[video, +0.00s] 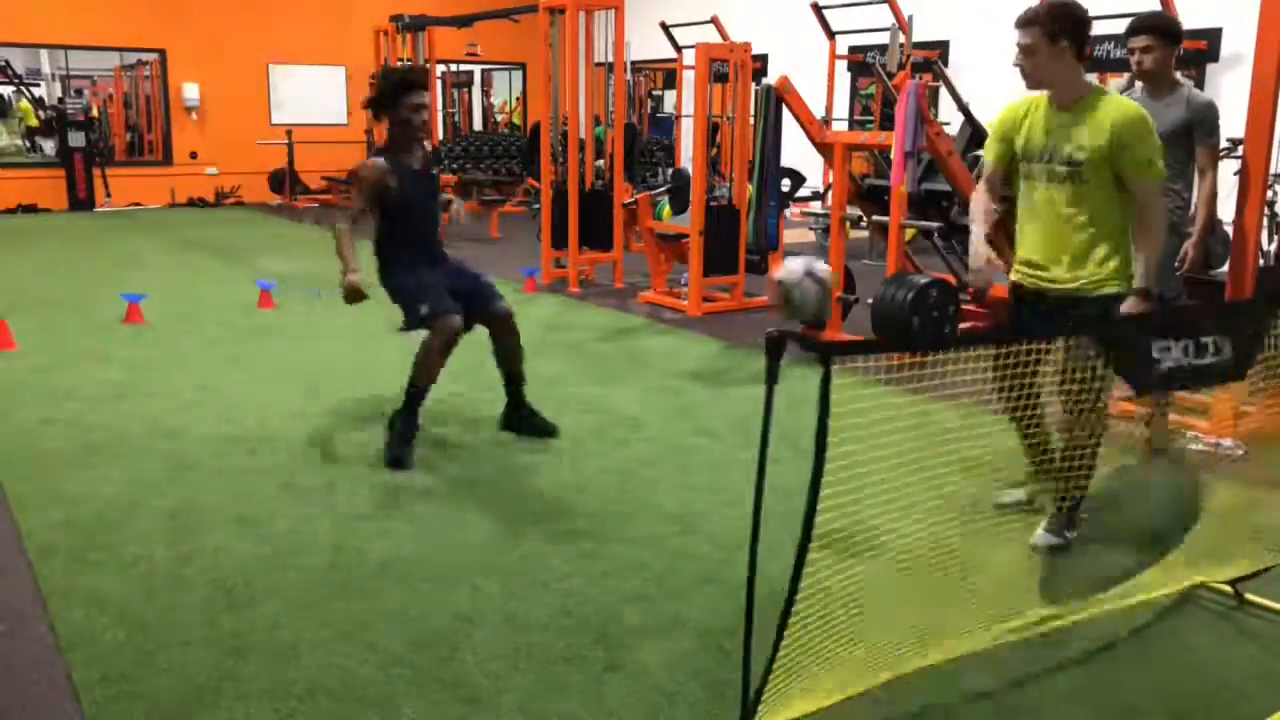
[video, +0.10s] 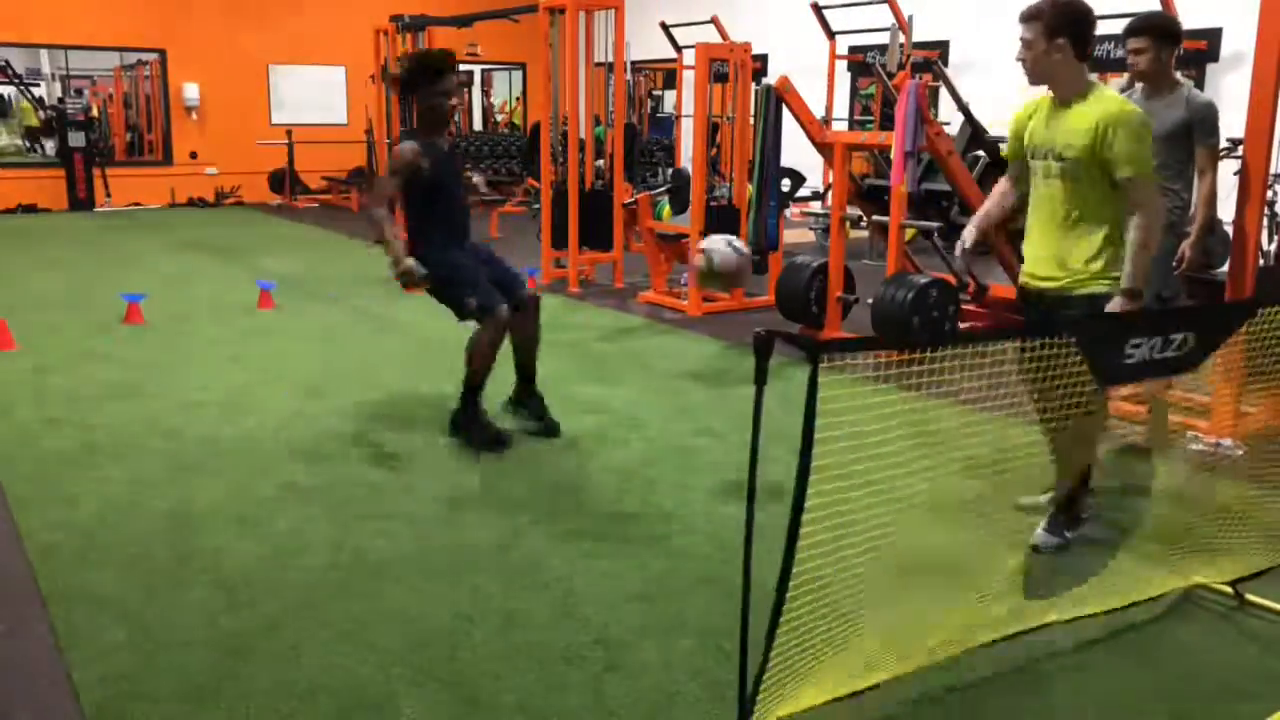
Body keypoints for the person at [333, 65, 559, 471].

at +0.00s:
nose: (421, 118)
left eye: (424, 110)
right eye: (412, 111)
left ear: (429, 113)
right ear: (388, 118)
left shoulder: (426, 158)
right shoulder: (376, 171)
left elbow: (418, 213)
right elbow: (346, 227)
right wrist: (349, 271)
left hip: (438, 262)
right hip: (403, 270)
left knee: (501, 316)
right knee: (448, 325)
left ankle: (517, 407)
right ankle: (406, 421)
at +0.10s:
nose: (455, 104)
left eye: (456, 94)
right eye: (445, 95)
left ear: (452, 99)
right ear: (419, 100)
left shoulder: (446, 147)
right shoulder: (409, 152)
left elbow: (451, 195)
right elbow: (377, 208)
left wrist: (488, 193)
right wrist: (398, 257)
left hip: (465, 249)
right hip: (435, 258)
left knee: (526, 304)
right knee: (495, 317)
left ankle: (525, 394)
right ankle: (467, 412)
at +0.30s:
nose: (523, 114)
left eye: (525, 104)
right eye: (518, 104)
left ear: (489, 101)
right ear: (495, 103)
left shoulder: (480, 142)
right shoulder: (477, 151)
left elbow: (478, 198)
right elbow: (451, 207)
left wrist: (506, 198)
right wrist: (478, 265)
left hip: (501, 236)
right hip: (487, 250)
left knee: (557, 243)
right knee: (535, 329)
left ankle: (584, 326)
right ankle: (493, 419)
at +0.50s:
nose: (568, 95)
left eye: (569, 86)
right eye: (567, 86)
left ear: (533, 77)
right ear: (549, 83)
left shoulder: (497, 105)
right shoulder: (528, 123)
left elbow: (451, 147)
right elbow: (504, 183)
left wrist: (498, 170)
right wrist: (537, 237)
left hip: (515, 224)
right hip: (509, 229)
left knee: (571, 276)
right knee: (525, 315)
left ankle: (579, 366)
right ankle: (494, 414)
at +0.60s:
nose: (584, 90)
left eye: (585, 80)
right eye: (581, 80)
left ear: (551, 77)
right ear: (562, 79)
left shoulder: (531, 115)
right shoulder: (538, 122)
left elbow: (487, 145)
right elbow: (513, 179)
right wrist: (540, 231)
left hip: (540, 228)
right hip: (526, 230)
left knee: (561, 305)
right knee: (534, 317)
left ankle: (563, 385)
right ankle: (498, 408)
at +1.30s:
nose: (529, 124)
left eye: (535, 116)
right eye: (522, 117)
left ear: (545, 123)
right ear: (509, 127)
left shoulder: (552, 169)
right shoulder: (505, 172)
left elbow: (556, 218)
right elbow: (497, 224)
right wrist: (540, 257)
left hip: (558, 260)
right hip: (522, 265)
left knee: (609, 314)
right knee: (532, 342)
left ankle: (636, 376)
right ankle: (472, 352)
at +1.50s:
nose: (385, 123)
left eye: (391, 115)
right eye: (384, 116)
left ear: (414, 118)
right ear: (393, 120)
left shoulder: (450, 160)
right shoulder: (390, 169)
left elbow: (488, 199)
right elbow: (370, 207)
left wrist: (528, 238)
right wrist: (361, 214)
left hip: (467, 252)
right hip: (433, 259)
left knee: (497, 315)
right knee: (424, 320)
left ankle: (561, 362)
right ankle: (478, 370)